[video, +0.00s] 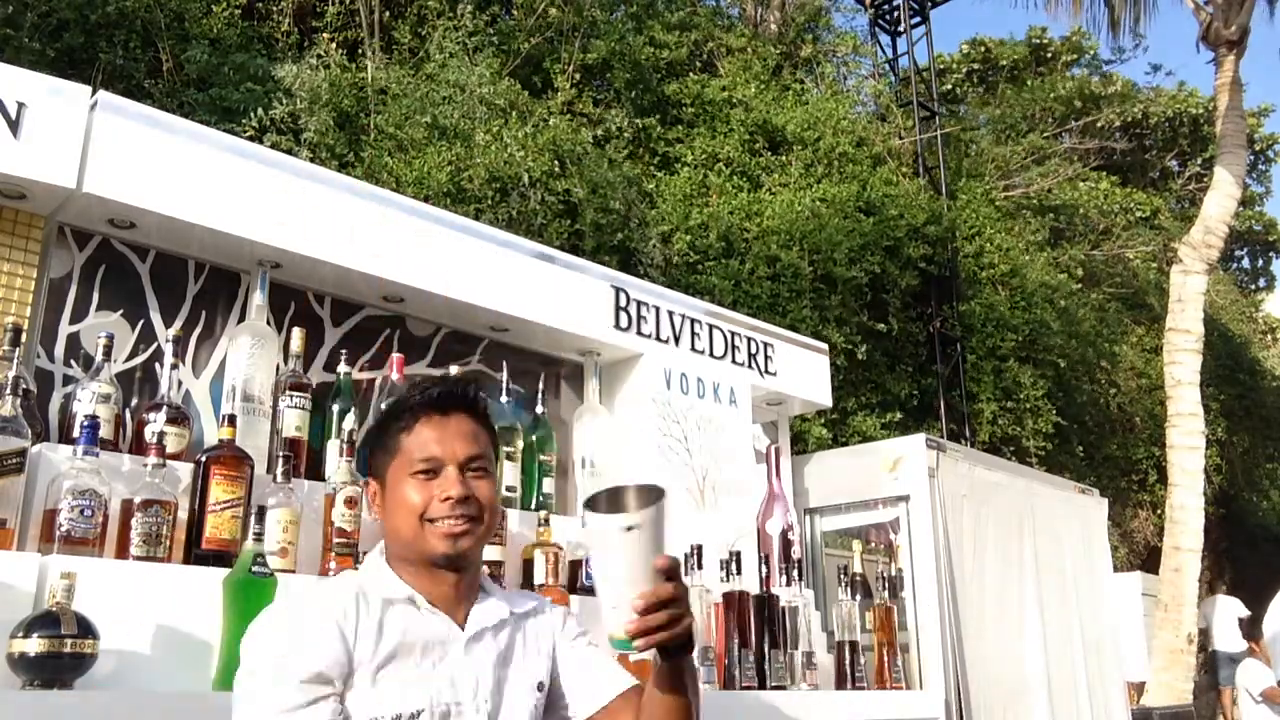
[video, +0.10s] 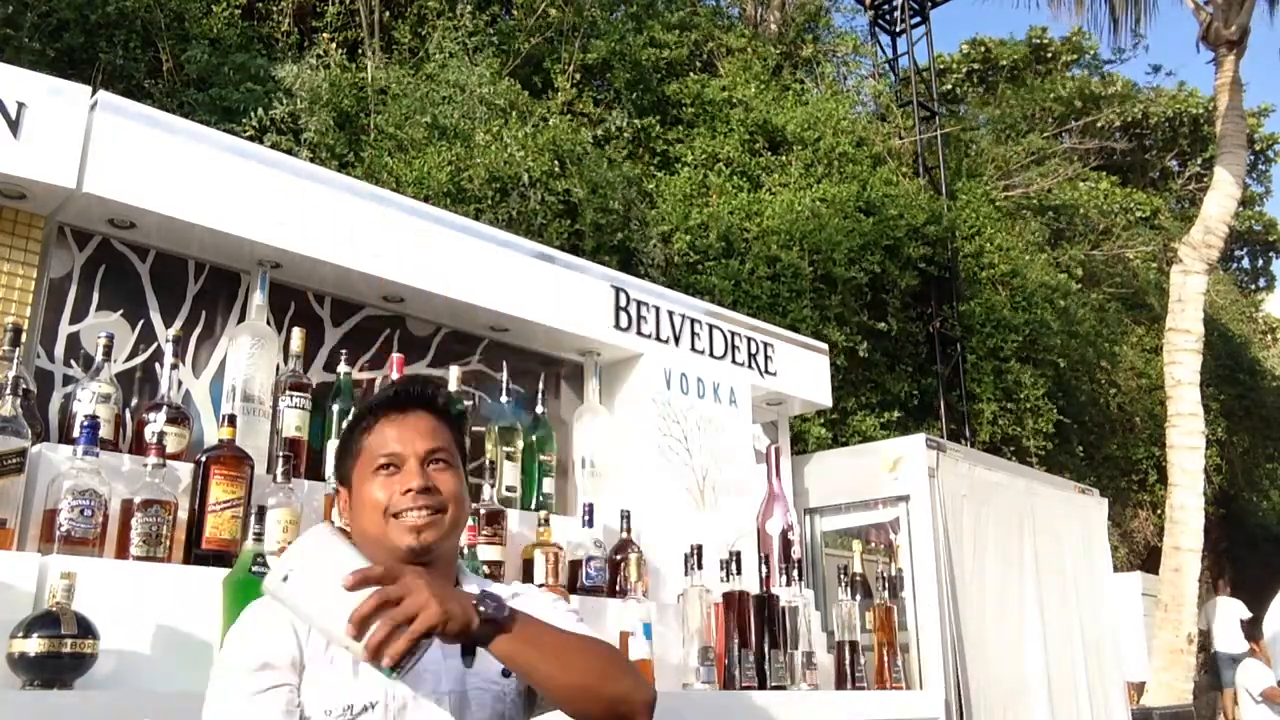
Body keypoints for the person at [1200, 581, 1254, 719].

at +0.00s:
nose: (1223, 588)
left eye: (1221, 586)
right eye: (1223, 586)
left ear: (1211, 589)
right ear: (1224, 588)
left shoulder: (1205, 604)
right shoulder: (1234, 601)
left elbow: (1202, 627)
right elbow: (1248, 617)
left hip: (1219, 648)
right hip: (1239, 647)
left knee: (1225, 687)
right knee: (1249, 680)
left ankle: (1228, 717)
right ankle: (1251, 714)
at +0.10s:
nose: (1227, 589)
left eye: (1224, 587)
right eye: (1227, 587)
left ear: (1215, 589)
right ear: (1228, 588)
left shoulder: (1208, 606)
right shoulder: (1237, 603)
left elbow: (1202, 627)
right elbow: (1249, 619)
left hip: (1221, 649)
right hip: (1241, 648)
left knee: (1227, 688)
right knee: (1245, 684)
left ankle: (1229, 717)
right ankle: (1247, 715)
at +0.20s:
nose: (1234, 590)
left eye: (1231, 587)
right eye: (1233, 587)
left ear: (1220, 589)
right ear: (1233, 588)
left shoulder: (1213, 604)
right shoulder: (1242, 603)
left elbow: (1206, 626)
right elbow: (1254, 622)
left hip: (1222, 648)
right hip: (1242, 647)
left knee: (1227, 685)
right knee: (1245, 684)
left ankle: (1229, 717)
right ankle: (1246, 714)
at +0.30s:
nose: (1241, 583)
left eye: (1239, 580)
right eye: (1240, 581)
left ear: (1226, 583)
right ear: (1238, 582)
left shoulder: (1219, 596)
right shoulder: (1245, 596)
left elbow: (1212, 617)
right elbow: (1259, 613)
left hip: (1223, 640)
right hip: (1242, 641)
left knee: (1229, 678)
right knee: (1247, 675)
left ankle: (1229, 712)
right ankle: (1247, 708)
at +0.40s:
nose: (1244, 578)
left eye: (1242, 575)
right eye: (1243, 576)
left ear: (1228, 578)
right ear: (1243, 576)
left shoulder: (1222, 590)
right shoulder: (1249, 590)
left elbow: (1215, 610)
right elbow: (1263, 608)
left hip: (1225, 632)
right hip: (1243, 632)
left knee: (1235, 665)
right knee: (1253, 662)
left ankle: (1233, 694)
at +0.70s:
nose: (1243, 565)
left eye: (1241, 563)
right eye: (1242, 563)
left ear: (1230, 564)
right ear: (1243, 564)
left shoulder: (1223, 578)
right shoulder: (1252, 578)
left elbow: (1217, 598)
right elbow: (1265, 600)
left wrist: (1224, 609)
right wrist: (1254, 604)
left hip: (1231, 618)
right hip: (1250, 618)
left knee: (1239, 647)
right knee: (1252, 646)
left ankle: (1243, 673)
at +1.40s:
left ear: (1242, 555)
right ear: (1255, 554)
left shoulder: (1236, 568)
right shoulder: (1264, 566)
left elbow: (1233, 591)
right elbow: (1273, 588)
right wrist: (1264, 594)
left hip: (1245, 605)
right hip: (1264, 605)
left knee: (1246, 638)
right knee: (1260, 636)